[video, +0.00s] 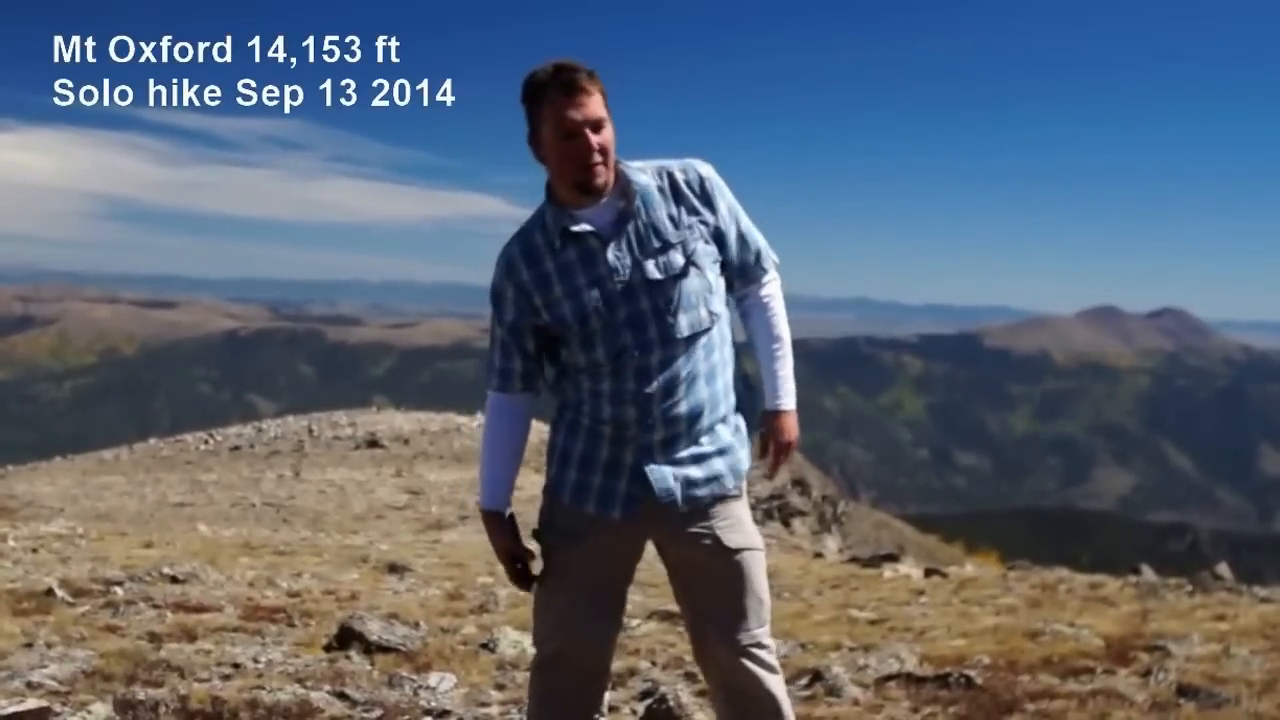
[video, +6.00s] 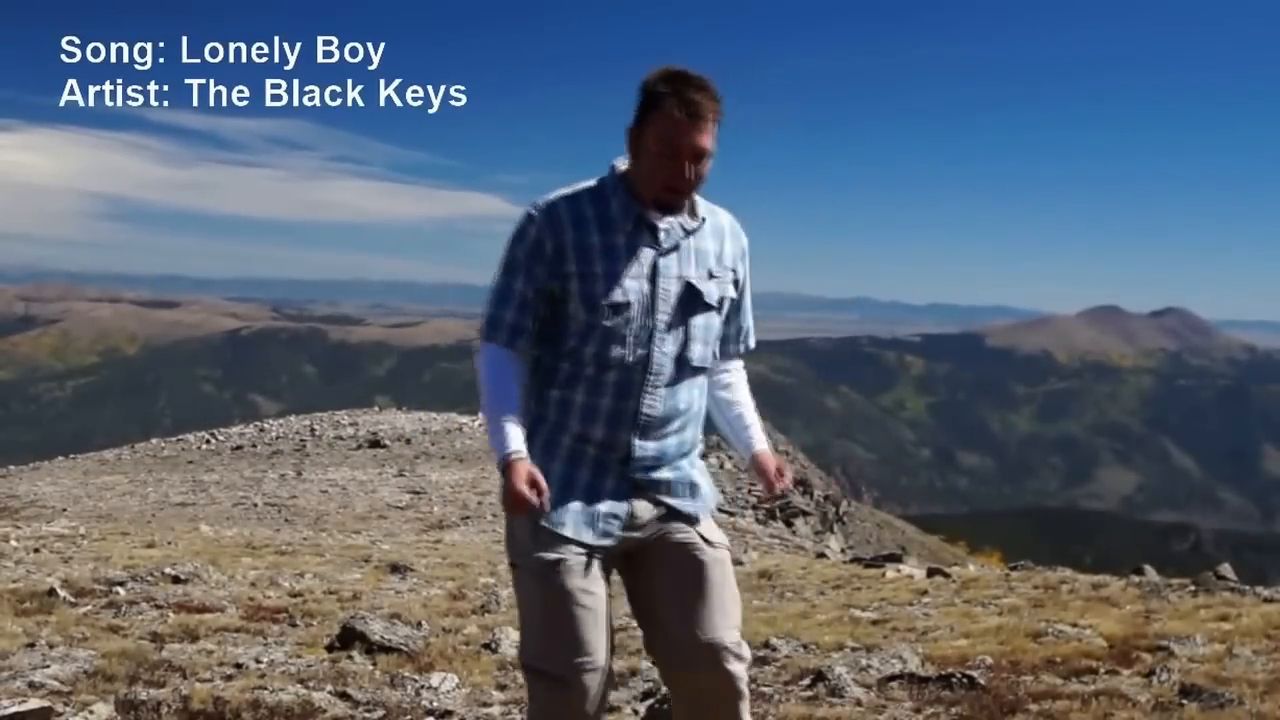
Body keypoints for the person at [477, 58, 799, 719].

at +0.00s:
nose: (591, 142)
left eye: (598, 125)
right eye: (571, 132)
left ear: (613, 127)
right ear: (538, 145)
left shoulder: (692, 189)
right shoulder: (525, 263)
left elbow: (758, 283)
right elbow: (509, 393)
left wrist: (780, 400)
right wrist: (493, 507)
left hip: (704, 465)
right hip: (591, 479)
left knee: (743, 660)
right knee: (565, 672)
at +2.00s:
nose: (443, 193)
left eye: (452, 172)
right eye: (427, 182)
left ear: (486, 146)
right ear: (412, 179)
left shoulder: (588, 190)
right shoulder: (428, 268)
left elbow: (670, 281)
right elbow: (431, 389)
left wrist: (689, 399)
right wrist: (451, 497)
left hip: (627, 447)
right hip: (521, 464)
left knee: (666, 641)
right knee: (536, 661)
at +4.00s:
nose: (722, 164)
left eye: (733, 149)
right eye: (707, 148)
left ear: (746, 142)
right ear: (671, 138)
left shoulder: (779, 225)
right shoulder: (603, 223)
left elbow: (807, 343)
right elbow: (556, 324)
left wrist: (832, 446)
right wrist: (529, 387)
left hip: (742, 475)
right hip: (629, 474)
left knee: (764, 661)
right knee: (592, 648)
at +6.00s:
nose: (687, 175)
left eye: (700, 159)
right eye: (674, 156)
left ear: (715, 153)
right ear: (636, 140)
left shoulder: (724, 237)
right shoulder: (555, 226)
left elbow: (723, 363)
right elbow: (500, 345)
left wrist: (757, 446)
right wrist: (512, 454)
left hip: (674, 492)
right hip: (561, 496)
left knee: (718, 671)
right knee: (573, 685)